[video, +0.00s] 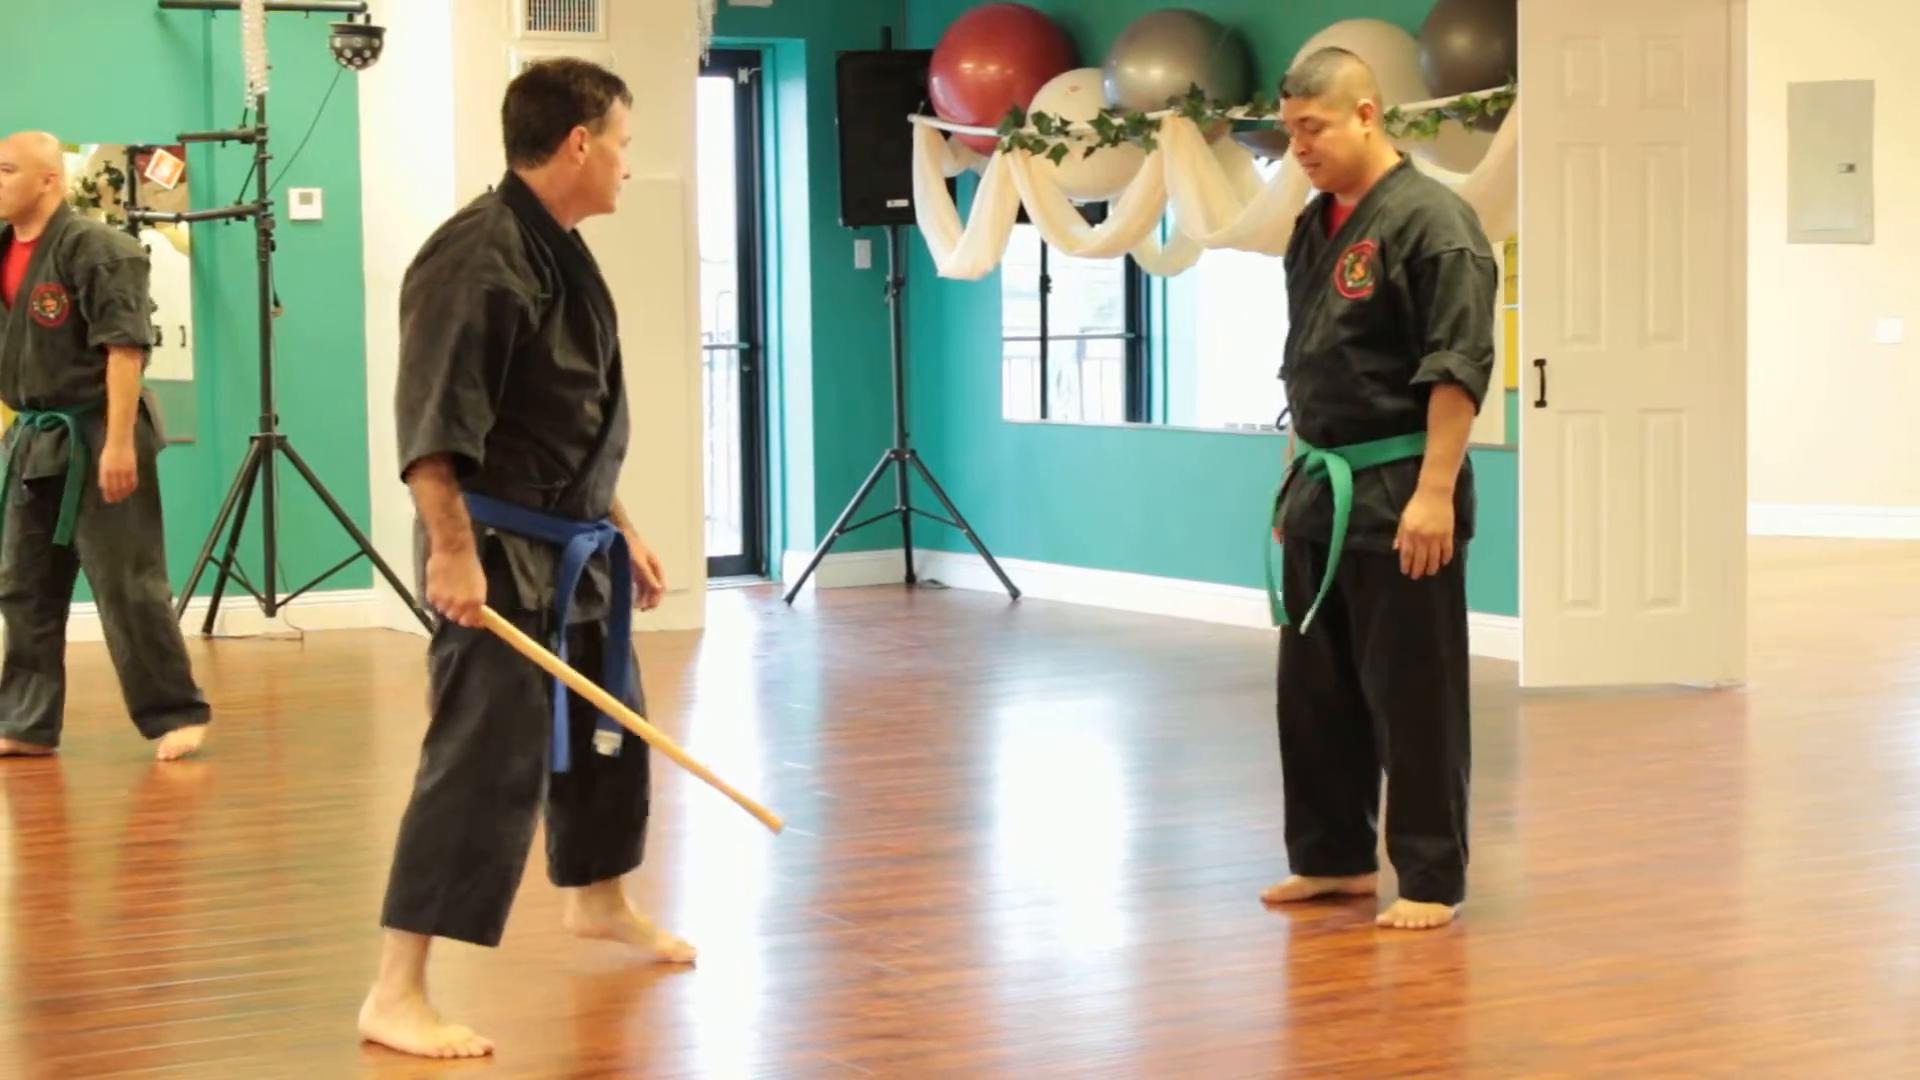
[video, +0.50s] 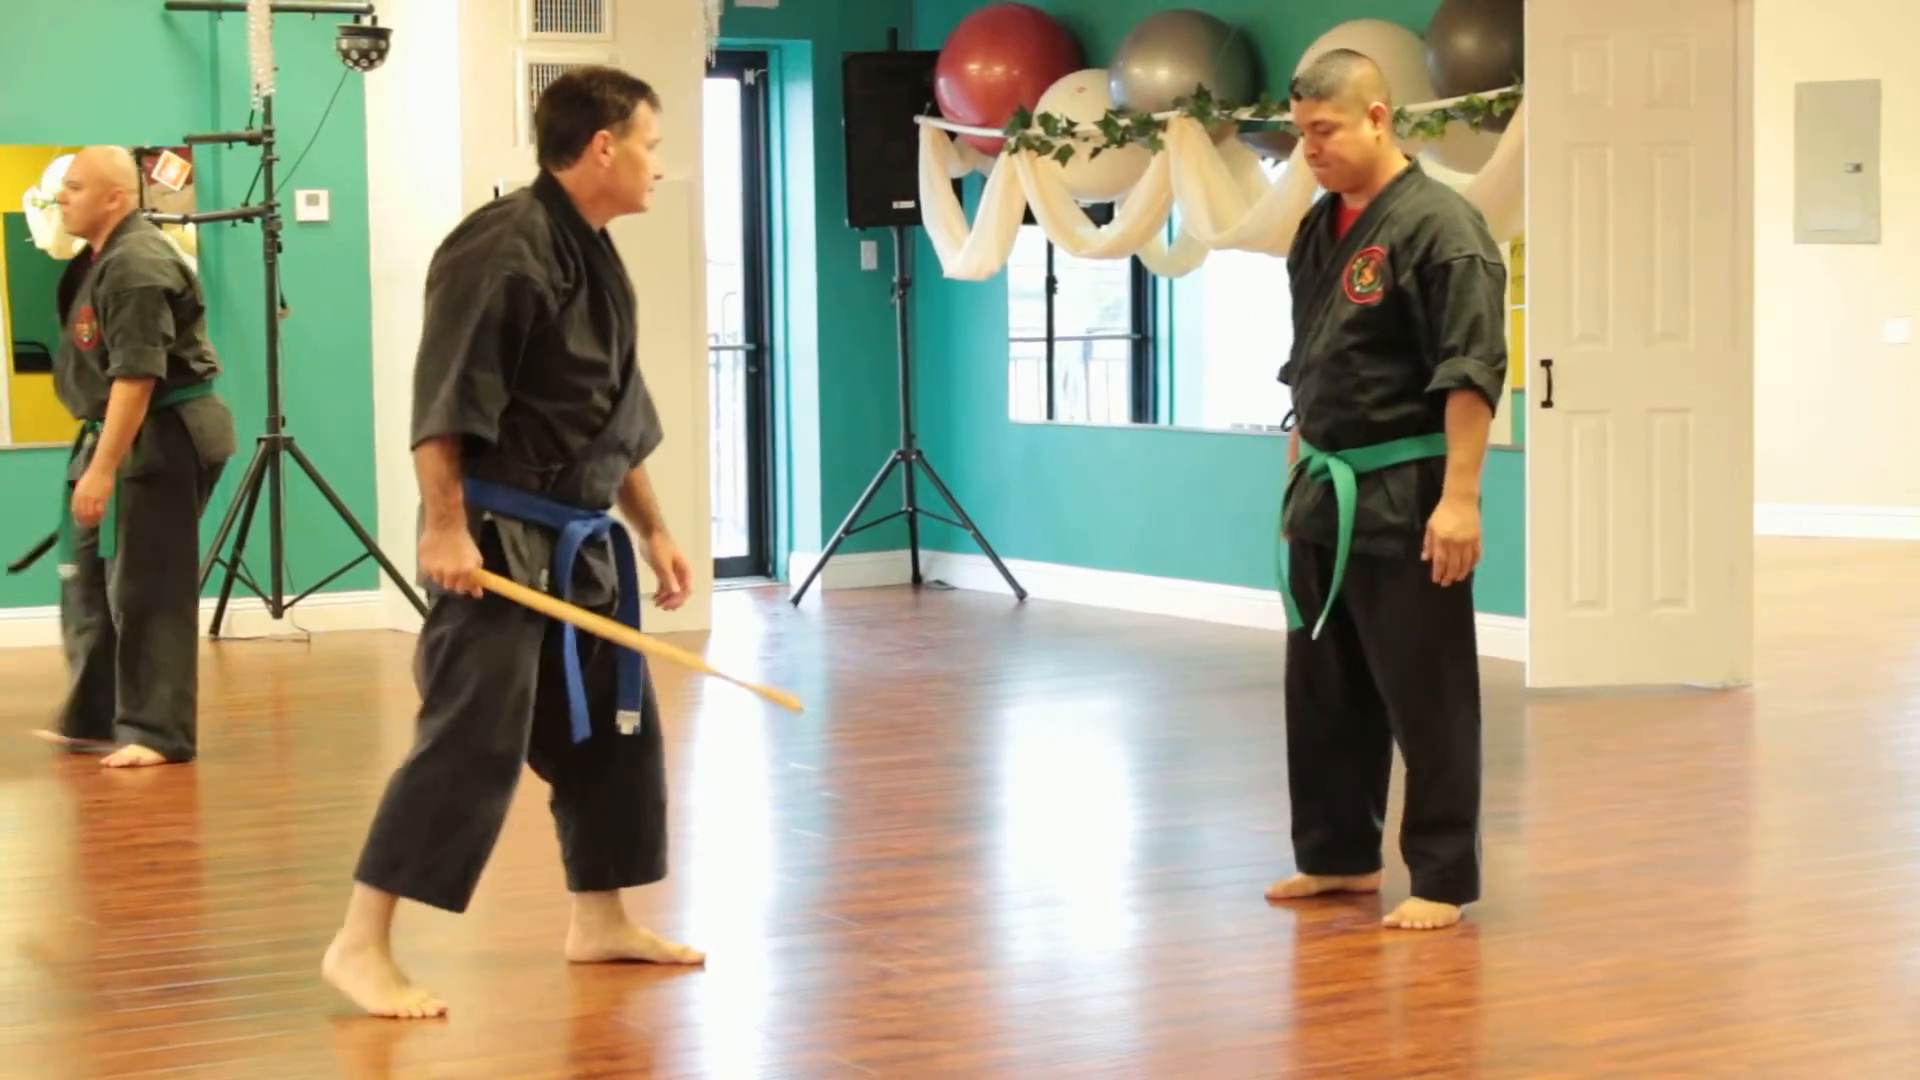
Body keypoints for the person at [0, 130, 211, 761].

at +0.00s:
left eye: (7, 170)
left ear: (48, 180)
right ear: (22, 181)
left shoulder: (99, 248)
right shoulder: (13, 253)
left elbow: (125, 348)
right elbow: (21, 357)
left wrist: (121, 440)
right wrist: (18, 424)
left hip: (102, 431)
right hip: (33, 434)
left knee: (127, 581)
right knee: (25, 587)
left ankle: (179, 718)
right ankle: (26, 725)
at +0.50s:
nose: (62, 197)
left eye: (73, 188)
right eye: (64, 187)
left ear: (113, 198)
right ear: (109, 199)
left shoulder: (136, 263)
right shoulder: (109, 258)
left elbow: (137, 378)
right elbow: (118, 370)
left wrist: (102, 468)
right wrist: (100, 447)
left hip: (163, 433)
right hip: (129, 428)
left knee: (150, 580)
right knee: (93, 575)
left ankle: (160, 732)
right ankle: (95, 718)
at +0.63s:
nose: (89, 193)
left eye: (100, 183)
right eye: (92, 182)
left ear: (140, 193)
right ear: (139, 194)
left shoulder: (154, 260)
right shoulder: (145, 248)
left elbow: (149, 373)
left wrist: (120, 463)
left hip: (174, 435)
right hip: (166, 429)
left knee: (154, 583)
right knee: (151, 574)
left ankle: (159, 733)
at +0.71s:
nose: (104, 194)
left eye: (118, 183)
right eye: (106, 182)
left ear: (163, 192)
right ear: (164, 195)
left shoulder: (165, 262)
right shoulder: (185, 248)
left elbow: (160, 376)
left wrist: (128, 461)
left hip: (179, 435)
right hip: (212, 428)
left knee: (155, 584)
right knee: (203, 574)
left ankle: (160, 737)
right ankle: (276, 697)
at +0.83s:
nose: (130, 199)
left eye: (144, 191)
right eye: (134, 188)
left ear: (185, 204)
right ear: (187, 205)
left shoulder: (184, 269)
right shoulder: (212, 254)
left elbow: (175, 378)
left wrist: (140, 464)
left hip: (195, 439)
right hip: (238, 433)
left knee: (147, 586)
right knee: (243, 565)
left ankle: (160, 737)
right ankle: (306, 705)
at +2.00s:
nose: (136, 208)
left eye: (147, 197)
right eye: (139, 197)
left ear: (187, 206)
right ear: (195, 209)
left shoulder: (178, 271)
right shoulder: (238, 263)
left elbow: (147, 376)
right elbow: (251, 359)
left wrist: (105, 447)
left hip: (194, 447)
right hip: (245, 441)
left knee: (141, 594)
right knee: (245, 591)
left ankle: (130, 744)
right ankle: (292, 723)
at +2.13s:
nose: (122, 211)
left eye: (134, 201)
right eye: (125, 200)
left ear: (174, 211)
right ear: (185, 212)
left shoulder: (157, 272)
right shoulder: (229, 267)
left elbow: (100, 359)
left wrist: (39, 418)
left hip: (182, 451)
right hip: (240, 444)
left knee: (118, 589)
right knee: (232, 586)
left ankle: (126, 742)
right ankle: (290, 722)